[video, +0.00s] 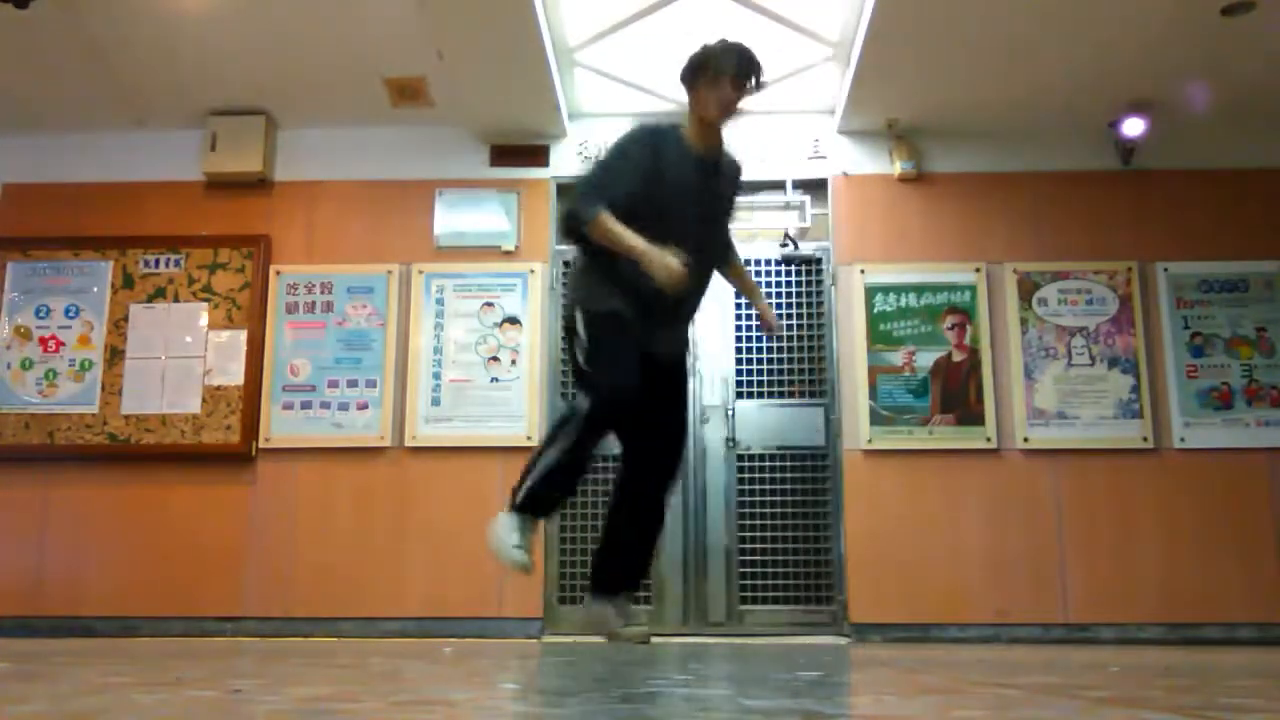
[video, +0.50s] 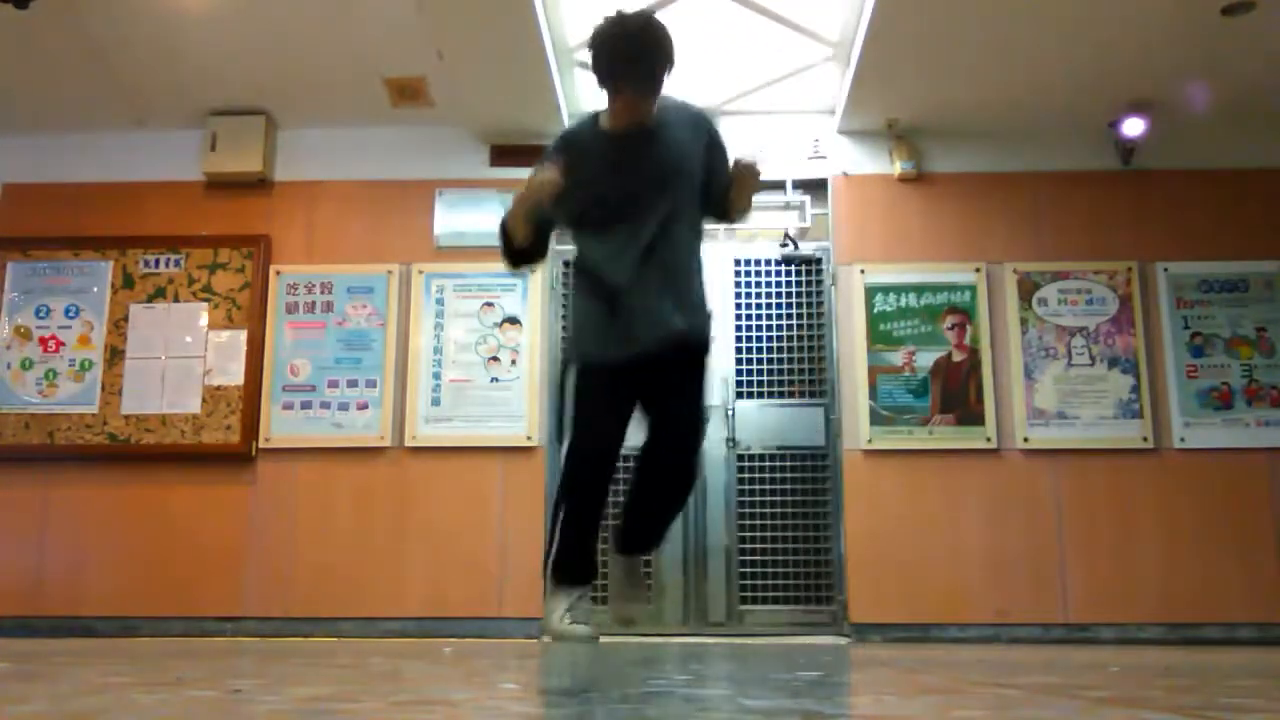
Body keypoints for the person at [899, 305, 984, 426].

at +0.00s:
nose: (957, 331)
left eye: (961, 326)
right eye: (951, 327)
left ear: (969, 328)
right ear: (944, 331)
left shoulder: (980, 360)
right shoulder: (940, 364)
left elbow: (986, 408)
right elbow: (918, 392)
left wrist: (955, 418)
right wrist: (909, 370)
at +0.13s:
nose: (957, 331)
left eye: (962, 326)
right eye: (951, 327)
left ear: (969, 328)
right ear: (944, 331)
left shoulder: (980, 360)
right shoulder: (940, 364)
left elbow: (986, 408)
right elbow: (918, 392)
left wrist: (955, 418)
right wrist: (909, 369)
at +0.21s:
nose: (957, 331)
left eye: (961, 326)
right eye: (951, 327)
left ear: (969, 328)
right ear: (944, 331)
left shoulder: (980, 360)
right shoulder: (940, 364)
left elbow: (986, 408)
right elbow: (918, 392)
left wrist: (955, 418)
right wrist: (909, 370)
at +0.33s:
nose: (957, 331)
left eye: (961, 326)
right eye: (951, 327)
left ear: (969, 328)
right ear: (944, 331)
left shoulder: (980, 360)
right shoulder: (940, 364)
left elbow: (986, 408)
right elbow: (918, 392)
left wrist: (955, 418)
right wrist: (909, 370)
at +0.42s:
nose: (957, 331)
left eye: (961, 326)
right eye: (951, 327)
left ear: (969, 328)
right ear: (944, 331)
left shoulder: (980, 360)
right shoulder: (940, 364)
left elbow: (986, 408)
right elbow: (918, 392)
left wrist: (955, 418)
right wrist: (909, 370)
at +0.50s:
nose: (957, 331)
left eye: (961, 326)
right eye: (951, 327)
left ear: (969, 328)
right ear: (944, 331)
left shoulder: (980, 360)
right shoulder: (940, 364)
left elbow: (986, 408)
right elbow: (918, 392)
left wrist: (955, 418)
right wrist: (909, 370)